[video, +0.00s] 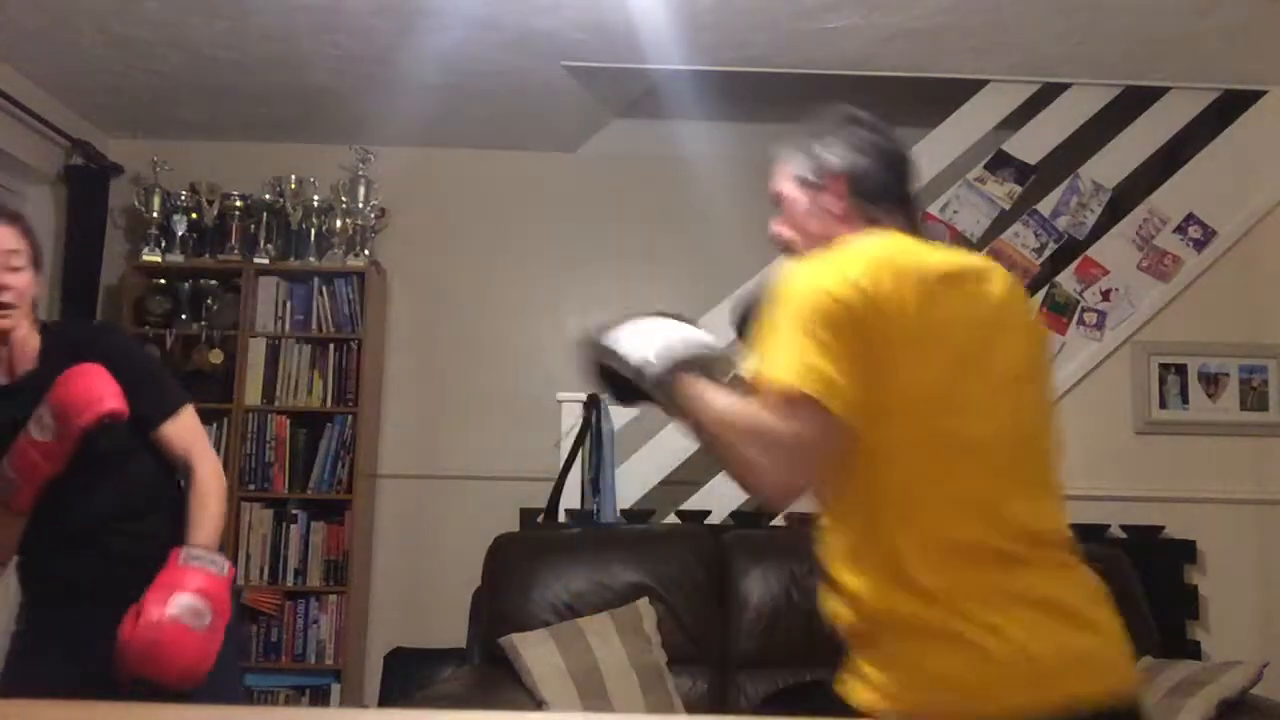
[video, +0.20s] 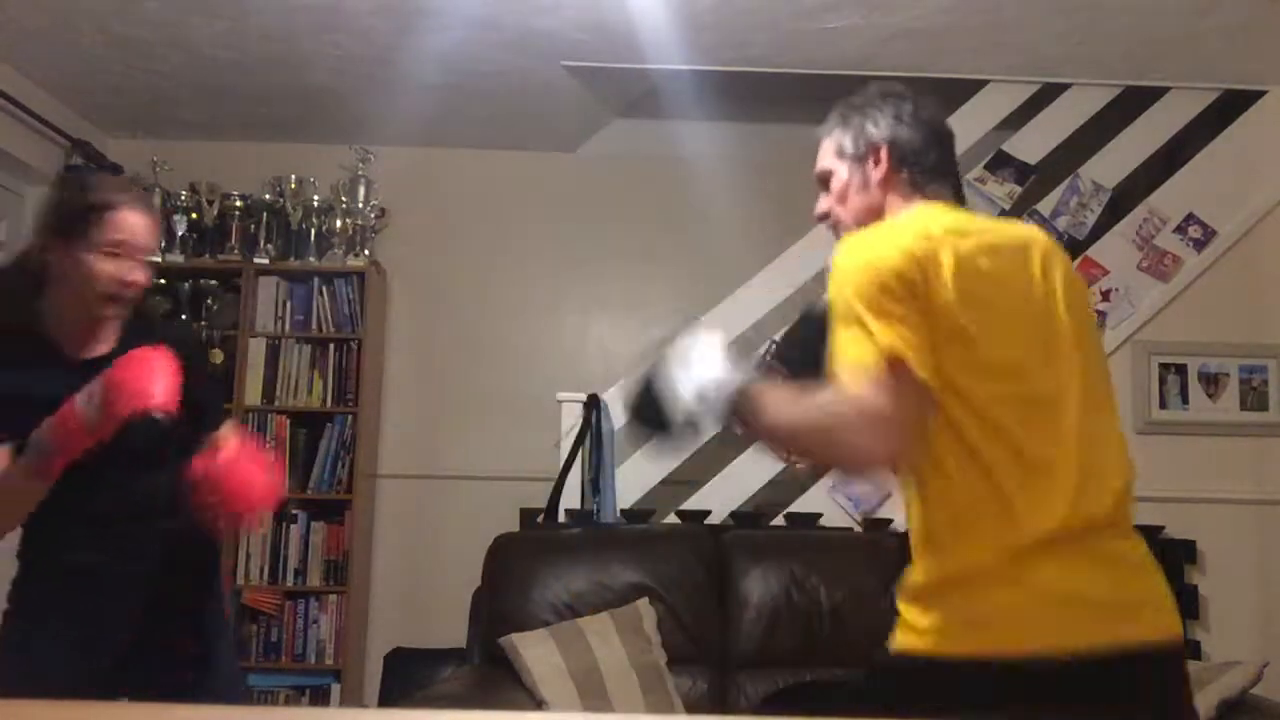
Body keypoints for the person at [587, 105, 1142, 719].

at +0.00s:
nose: (777, 230)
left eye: (782, 204)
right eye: (774, 209)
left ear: (832, 192)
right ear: (899, 200)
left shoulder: (828, 279)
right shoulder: (1001, 286)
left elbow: (780, 468)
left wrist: (675, 377)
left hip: (931, 683)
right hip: (1085, 667)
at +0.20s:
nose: (822, 208)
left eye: (828, 180)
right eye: (819, 188)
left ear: (878, 164)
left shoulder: (878, 252)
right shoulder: (1044, 249)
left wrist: (730, 389)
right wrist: (887, 450)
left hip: (976, 654)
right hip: (1134, 650)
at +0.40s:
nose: (814, 230)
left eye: (817, 208)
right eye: (813, 212)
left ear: (864, 190)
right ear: (922, 190)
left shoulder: (858, 279)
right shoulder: (1040, 285)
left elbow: (644, 307)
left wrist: (472, 269)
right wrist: (824, 360)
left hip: (974, 677)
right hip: (1123, 664)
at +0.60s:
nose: (809, 226)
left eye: (811, 206)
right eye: (806, 209)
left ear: (859, 187)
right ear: (908, 184)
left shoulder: (846, 267)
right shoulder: (1039, 276)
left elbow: (645, 315)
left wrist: (461, 291)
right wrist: (833, 361)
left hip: (966, 662)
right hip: (1114, 654)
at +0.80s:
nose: (859, 265)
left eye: (862, 244)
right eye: (854, 250)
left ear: (908, 223)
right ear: (931, 225)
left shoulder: (911, 292)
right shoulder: (1045, 302)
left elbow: (856, 414)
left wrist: (709, 377)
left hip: (978, 668)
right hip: (1098, 664)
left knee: (783, 704)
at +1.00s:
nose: (869, 270)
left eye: (874, 247)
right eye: (865, 255)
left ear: (924, 228)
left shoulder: (944, 288)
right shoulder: (1046, 314)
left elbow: (985, 425)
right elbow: (958, 493)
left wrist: (852, 416)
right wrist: (878, 412)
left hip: (995, 641)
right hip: (1093, 642)